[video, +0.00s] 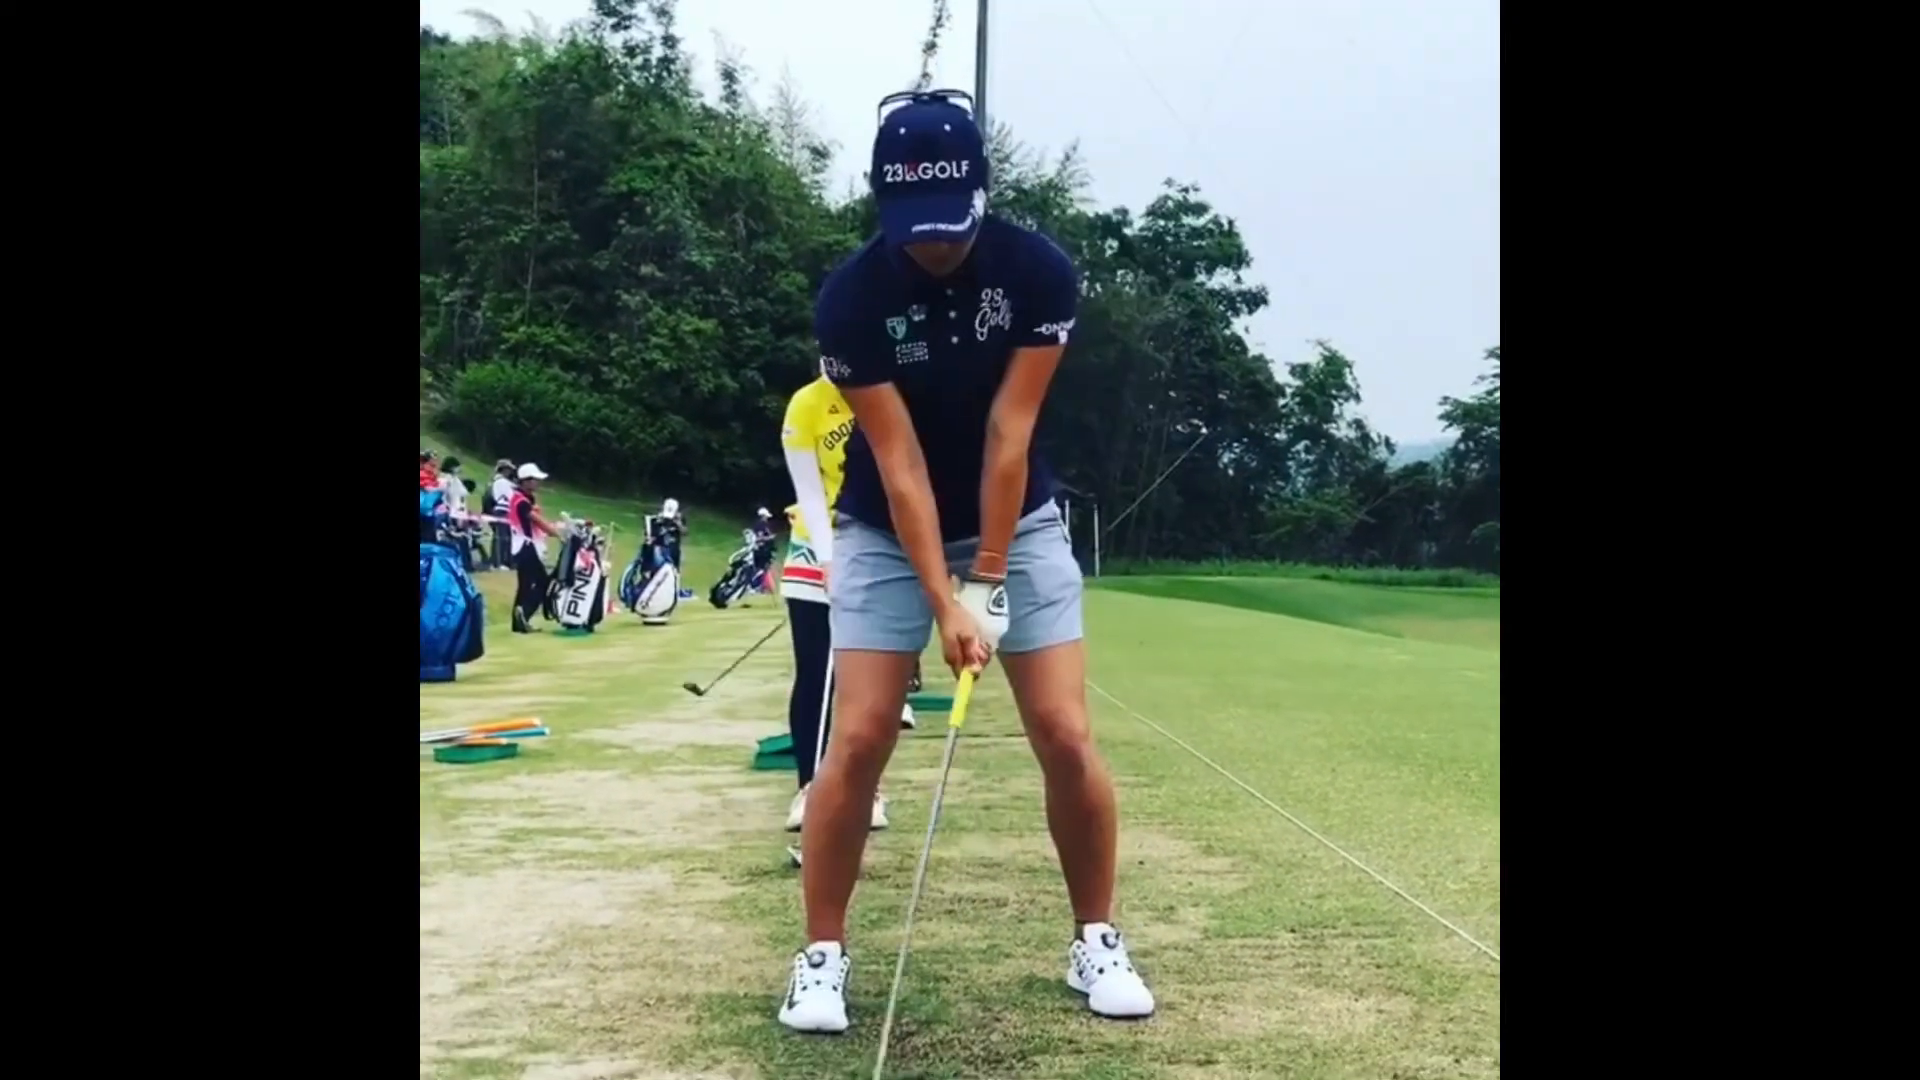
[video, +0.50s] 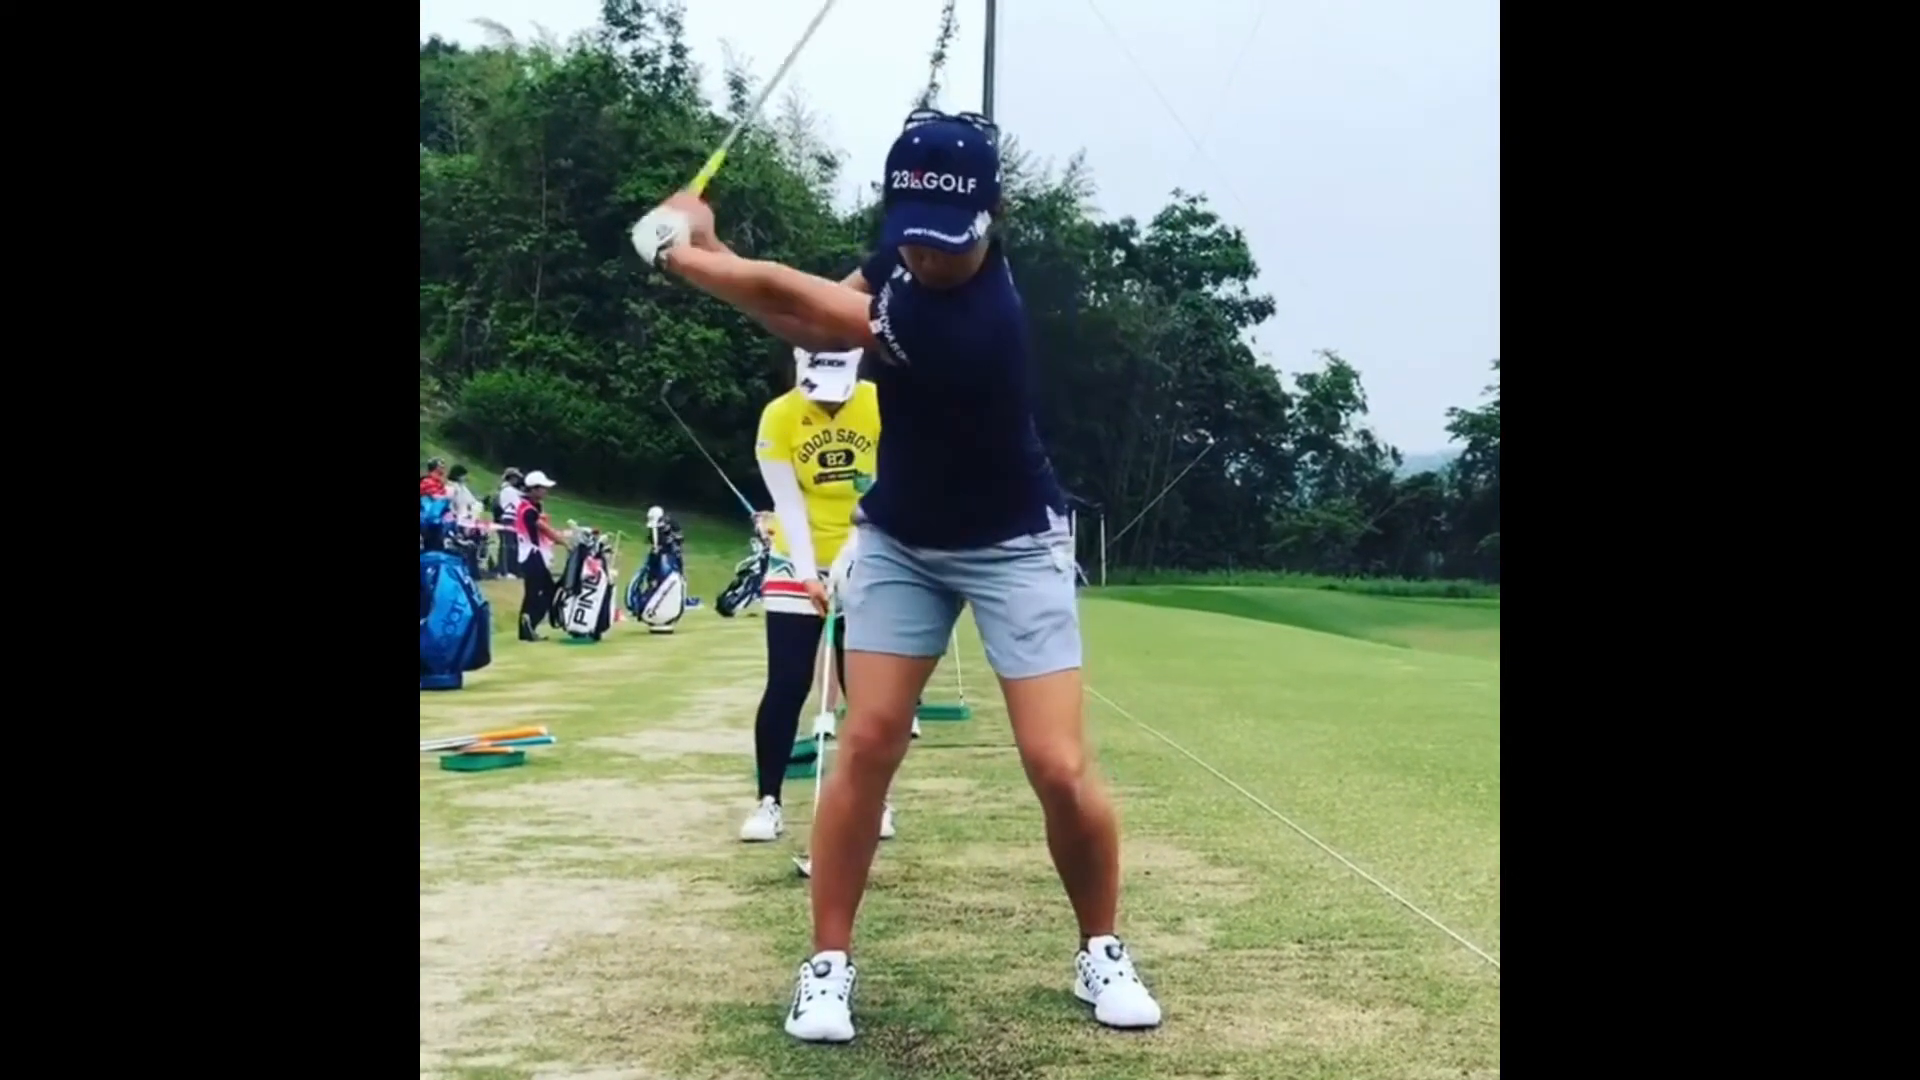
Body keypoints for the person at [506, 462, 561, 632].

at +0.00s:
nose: (538, 484)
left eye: (538, 480)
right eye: (535, 480)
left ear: (526, 482)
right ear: (525, 481)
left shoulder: (520, 498)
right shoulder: (522, 502)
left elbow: (537, 520)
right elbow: (539, 522)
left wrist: (554, 527)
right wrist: (557, 532)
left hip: (522, 543)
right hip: (525, 545)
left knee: (525, 583)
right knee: (542, 580)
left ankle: (518, 620)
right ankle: (525, 612)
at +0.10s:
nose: (541, 485)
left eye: (541, 482)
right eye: (538, 481)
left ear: (531, 483)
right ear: (529, 483)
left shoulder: (526, 500)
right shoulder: (525, 504)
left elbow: (540, 521)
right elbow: (542, 523)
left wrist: (558, 529)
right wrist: (560, 533)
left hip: (528, 546)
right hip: (528, 547)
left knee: (528, 584)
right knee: (545, 581)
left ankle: (521, 621)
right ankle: (527, 614)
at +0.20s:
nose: (542, 487)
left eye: (543, 483)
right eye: (539, 483)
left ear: (533, 485)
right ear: (530, 485)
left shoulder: (528, 502)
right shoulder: (526, 505)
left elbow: (542, 523)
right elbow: (543, 525)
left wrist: (559, 530)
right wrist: (561, 535)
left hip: (530, 547)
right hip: (530, 548)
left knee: (530, 586)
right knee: (547, 583)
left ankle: (523, 624)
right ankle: (529, 615)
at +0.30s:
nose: (545, 489)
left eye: (545, 485)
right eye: (542, 485)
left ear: (535, 487)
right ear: (532, 487)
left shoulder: (531, 504)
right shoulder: (528, 508)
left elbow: (544, 524)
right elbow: (546, 527)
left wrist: (561, 532)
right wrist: (563, 537)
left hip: (533, 549)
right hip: (531, 550)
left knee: (531, 588)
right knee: (548, 584)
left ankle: (525, 625)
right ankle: (531, 617)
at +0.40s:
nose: (545, 490)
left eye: (546, 487)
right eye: (542, 487)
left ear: (535, 489)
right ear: (533, 488)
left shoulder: (529, 506)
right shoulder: (530, 509)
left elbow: (545, 527)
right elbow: (547, 530)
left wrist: (564, 534)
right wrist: (566, 540)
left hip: (531, 551)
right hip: (532, 552)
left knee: (532, 589)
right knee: (549, 586)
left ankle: (525, 627)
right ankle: (531, 619)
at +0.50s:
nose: (545, 492)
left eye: (546, 488)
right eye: (542, 488)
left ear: (535, 491)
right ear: (533, 490)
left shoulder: (528, 507)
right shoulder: (529, 511)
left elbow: (545, 529)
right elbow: (546, 531)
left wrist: (562, 535)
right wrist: (565, 541)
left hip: (531, 553)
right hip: (532, 554)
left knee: (532, 591)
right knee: (549, 588)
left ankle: (526, 629)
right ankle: (531, 621)